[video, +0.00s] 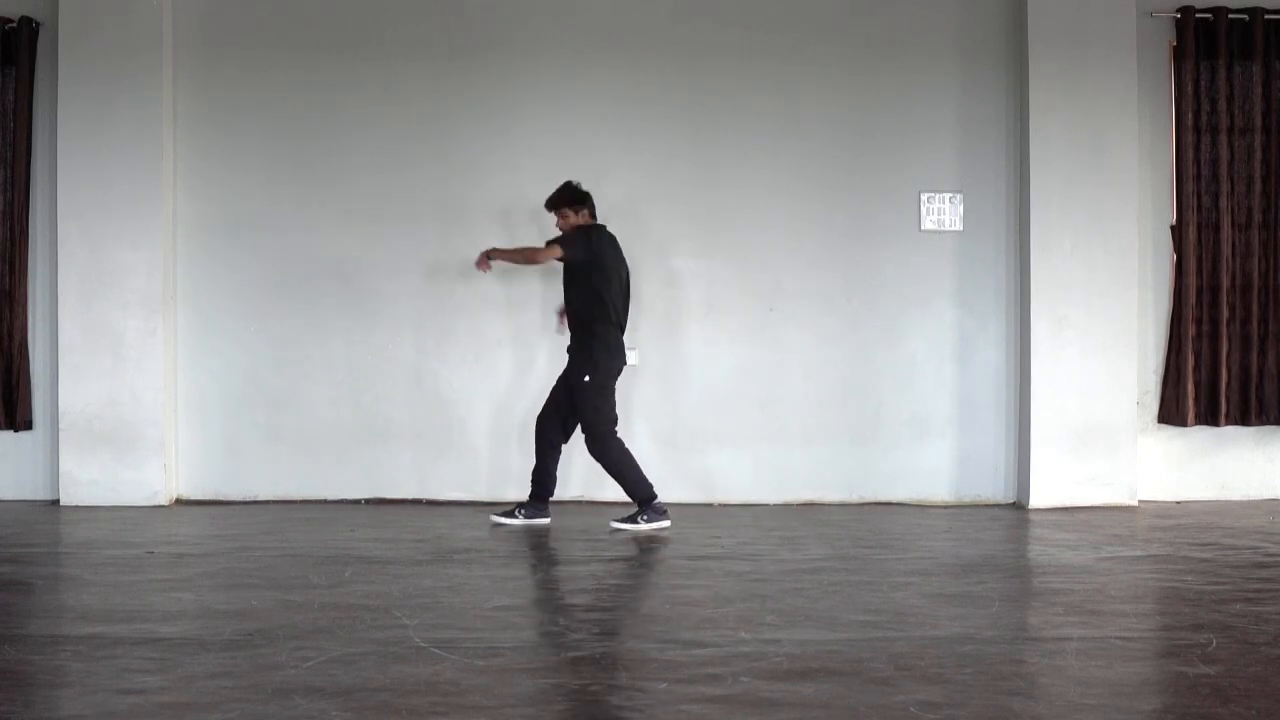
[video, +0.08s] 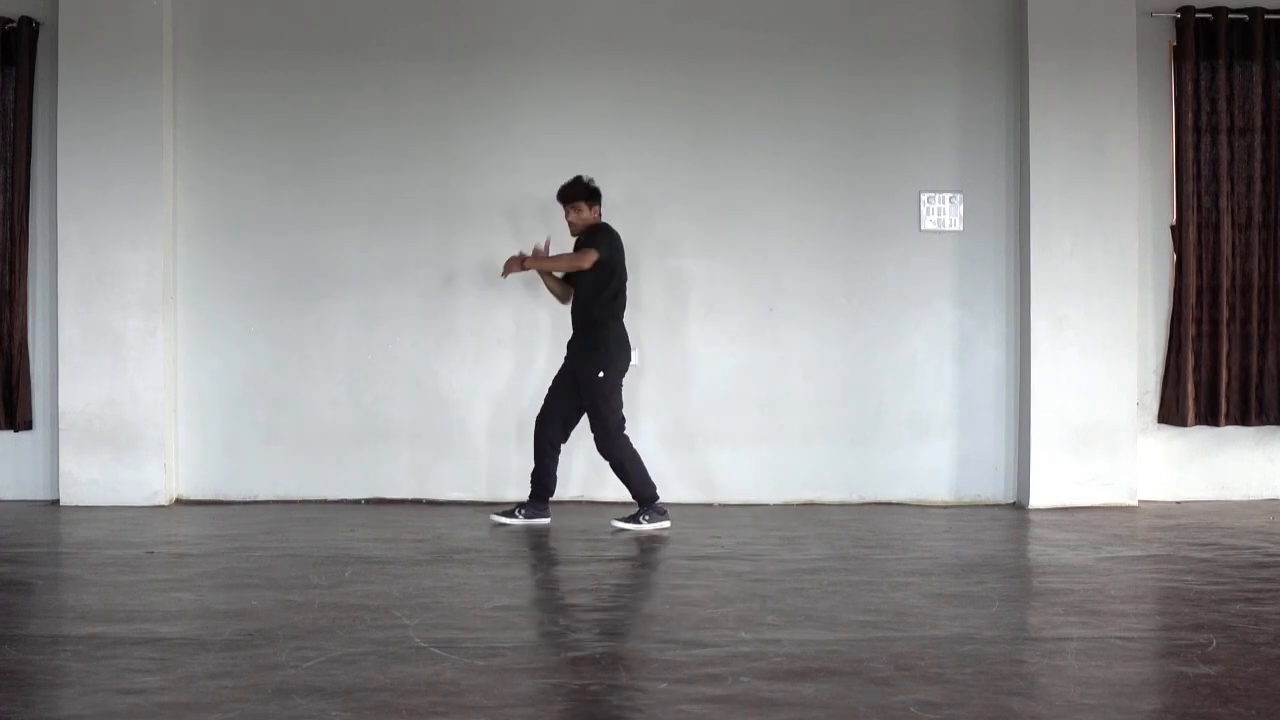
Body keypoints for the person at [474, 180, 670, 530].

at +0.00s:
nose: (557, 224)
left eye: (561, 216)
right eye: (556, 217)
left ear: (580, 212)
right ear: (585, 215)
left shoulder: (586, 238)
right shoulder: (605, 242)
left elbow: (540, 255)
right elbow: (610, 294)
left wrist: (494, 253)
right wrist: (574, 311)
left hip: (595, 355)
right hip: (593, 355)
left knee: (600, 438)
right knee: (549, 426)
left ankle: (652, 507)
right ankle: (537, 505)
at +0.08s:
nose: (568, 217)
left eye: (575, 210)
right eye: (566, 210)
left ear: (595, 209)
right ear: (565, 213)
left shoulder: (604, 235)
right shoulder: (581, 250)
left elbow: (583, 260)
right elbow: (565, 295)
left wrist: (526, 263)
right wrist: (542, 269)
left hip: (605, 351)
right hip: (581, 352)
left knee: (609, 437)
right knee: (548, 426)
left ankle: (653, 507)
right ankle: (537, 505)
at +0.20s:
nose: (575, 210)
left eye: (580, 203)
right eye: (572, 204)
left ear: (599, 202)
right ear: (576, 208)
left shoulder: (622, 237)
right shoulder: (571, 239)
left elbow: (619, 230)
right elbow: (542, 264)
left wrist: (576, 199)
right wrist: (565, 215)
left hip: (611, 358)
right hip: (571, 357)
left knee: (626, 436)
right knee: (539, 424)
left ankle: (656, 508)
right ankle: (538, 505)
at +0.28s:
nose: (612, 216)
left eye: (609, 209)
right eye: (605, 208)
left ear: (613, 212)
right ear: (590, 212)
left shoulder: (626, 245)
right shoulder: (573, 241)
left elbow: (644, 220)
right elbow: (557, 270)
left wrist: (611, 186)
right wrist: (588, 225)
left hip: (615, 366)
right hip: (568, 365)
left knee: (646, 436)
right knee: (529, 427)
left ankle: (662, 508)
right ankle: (535, 506)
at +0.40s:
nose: (607, 258)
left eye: (612, 253)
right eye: (602, 251)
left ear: (621, 248)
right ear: (589, 245)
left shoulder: (624, 267)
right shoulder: (573, 266)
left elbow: (664, 240)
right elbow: (571, 315)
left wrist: (630, 205)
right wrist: (603, 274)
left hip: (615, 382)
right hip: (568, 383)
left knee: (658, 430)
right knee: (521, 437)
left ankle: (666, 511)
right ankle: (526, 508)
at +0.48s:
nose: (589, 277)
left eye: (594, 271)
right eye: (582, 272)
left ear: (601, 266)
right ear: (569, 269)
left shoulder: (615, 282)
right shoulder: (558, 288)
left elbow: (665, 271)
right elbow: (563, 343)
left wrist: (657, 235)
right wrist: (587, 298)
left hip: (616, 393)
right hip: (569, 395)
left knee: (660, 433)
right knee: (519, 441)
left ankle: (665, 512)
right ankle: (524, 509)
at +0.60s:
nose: (536, 295)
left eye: (540, 288)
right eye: (530, 291)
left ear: (552, 281)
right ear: (524, 290)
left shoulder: (583, 294)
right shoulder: (526, 314)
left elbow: (636, 304)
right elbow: (526, 363)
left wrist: (688, 306)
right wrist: (528, 318)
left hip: (619, 394)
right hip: (574, 396)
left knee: (656, 440)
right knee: (520, 437)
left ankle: (665, 513)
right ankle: (523, 509)